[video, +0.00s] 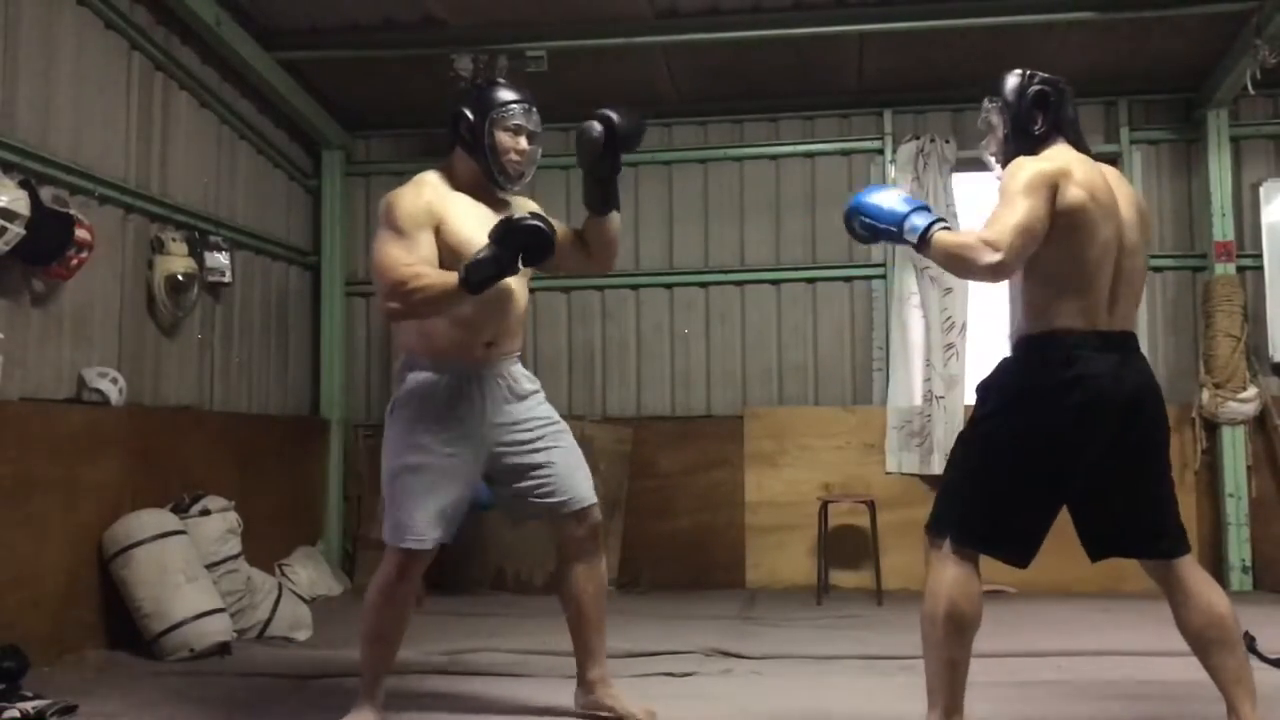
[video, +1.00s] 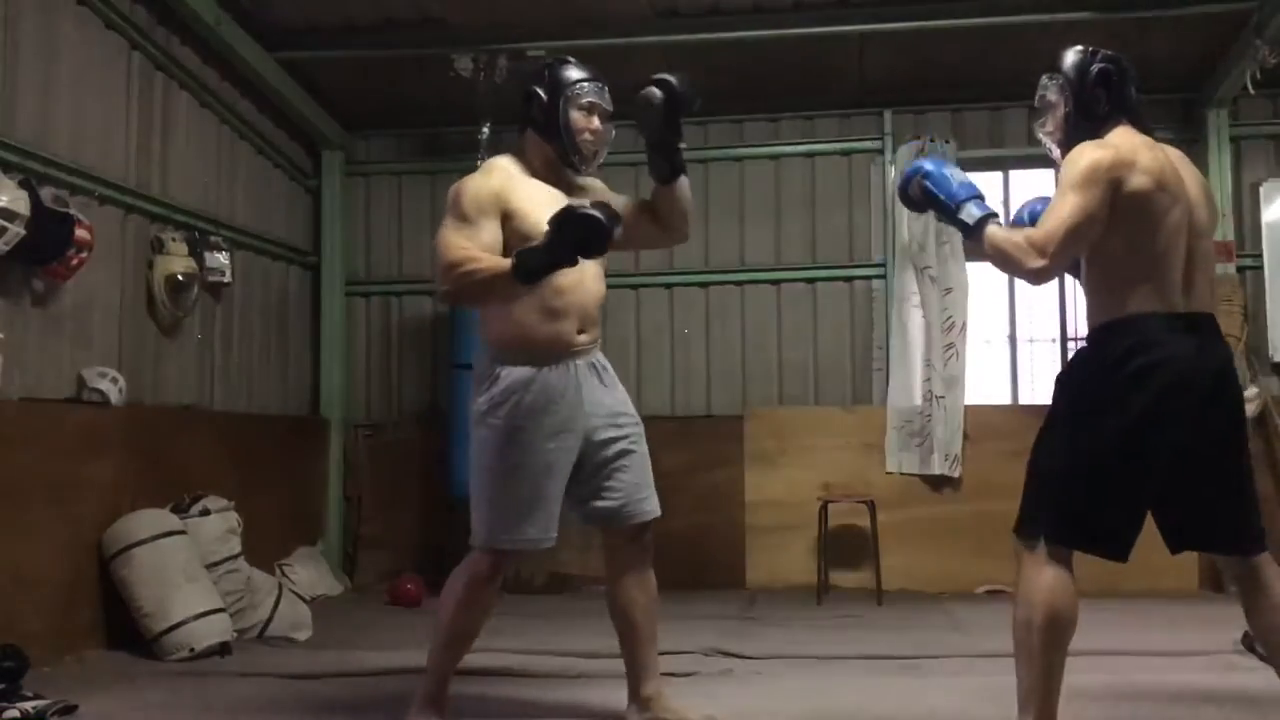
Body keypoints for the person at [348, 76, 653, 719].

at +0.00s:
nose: (527, 147)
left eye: (533, 136)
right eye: (514, 132)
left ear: (534, 144)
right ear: (472, 131)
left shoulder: (521, 210)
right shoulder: (416, 198)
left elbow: (595, 258)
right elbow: (396, 294)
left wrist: (601, 178)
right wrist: (480, 272)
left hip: (511, 387)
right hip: (433, 392)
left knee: (582, 521)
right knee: (409, 553)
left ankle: (595, 684)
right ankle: (368, 699)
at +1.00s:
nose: (599, 126)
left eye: (603, 114)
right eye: (586, 111)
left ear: (603, 123)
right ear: (543, 114)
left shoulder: (591, 196)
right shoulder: (490, 182)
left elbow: (670, 226)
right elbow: (455, 280)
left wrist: (663, 146)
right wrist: (542, 257)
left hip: (594, 378)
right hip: (521, 386)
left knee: (634, 532)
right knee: (494, 557)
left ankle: (646, 696)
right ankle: (430, 699)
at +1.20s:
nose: (617, 136)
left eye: (624, 124)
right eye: (605, 121)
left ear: (626, 131)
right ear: (560, 119)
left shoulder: (606, 200)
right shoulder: (495, 192)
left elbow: (684, 246)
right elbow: (462, 293)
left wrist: (703, 172)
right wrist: (547, 268)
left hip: (608, 380)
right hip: (537, 387)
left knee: (650, 529)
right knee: (548, 546)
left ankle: (649, 695)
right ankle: (493, 701)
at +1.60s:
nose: (557, 145)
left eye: (565, 134)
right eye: (546, 129)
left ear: (561, 144)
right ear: (507, 124)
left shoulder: (556, 218)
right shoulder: (453, 186)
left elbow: (626, 277)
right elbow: (446, 256)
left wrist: (673, 207)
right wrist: (527, 194)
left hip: (536, 394)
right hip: (457, 394)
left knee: (615, 534)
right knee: (463, 560)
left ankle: (592, 696)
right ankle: (397, 707)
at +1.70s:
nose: (567, 122)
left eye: (571, 109)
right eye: (554, 106)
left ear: (566, 116)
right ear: (507, 104)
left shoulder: (542, 200)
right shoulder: (444, 170)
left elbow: (593, 288)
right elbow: (443, 263)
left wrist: (652, 248)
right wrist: (533, 199)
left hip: (540, 377)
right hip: (460, 383)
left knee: (623, 515)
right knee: (446, 558)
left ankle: (607, 677)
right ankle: (394, 707)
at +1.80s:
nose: (568, 108)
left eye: (574, 96)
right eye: (555, 91)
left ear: (576, 107)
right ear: (508, 91)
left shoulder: (540, 187)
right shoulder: (445, 158)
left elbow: (579, 288)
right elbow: (421, 253)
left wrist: (639, 265)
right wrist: (516, 222)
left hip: (546, 369)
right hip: (465, 375)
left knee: (617, 515)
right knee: (440, 554)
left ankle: (638, 688)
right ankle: (396, 707)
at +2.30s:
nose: (604, 130)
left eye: (609, 118)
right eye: (592, 111)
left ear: (603, 125)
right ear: (546, 107)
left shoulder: (576, 198)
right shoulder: (472, 177)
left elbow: (652, 259)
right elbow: (431, 278)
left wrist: (680, 183)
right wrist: (530, 248)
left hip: (569, 380)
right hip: (490, 386)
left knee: (631, 533)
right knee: (467, 562)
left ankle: (644, 703)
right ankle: (403, 708)